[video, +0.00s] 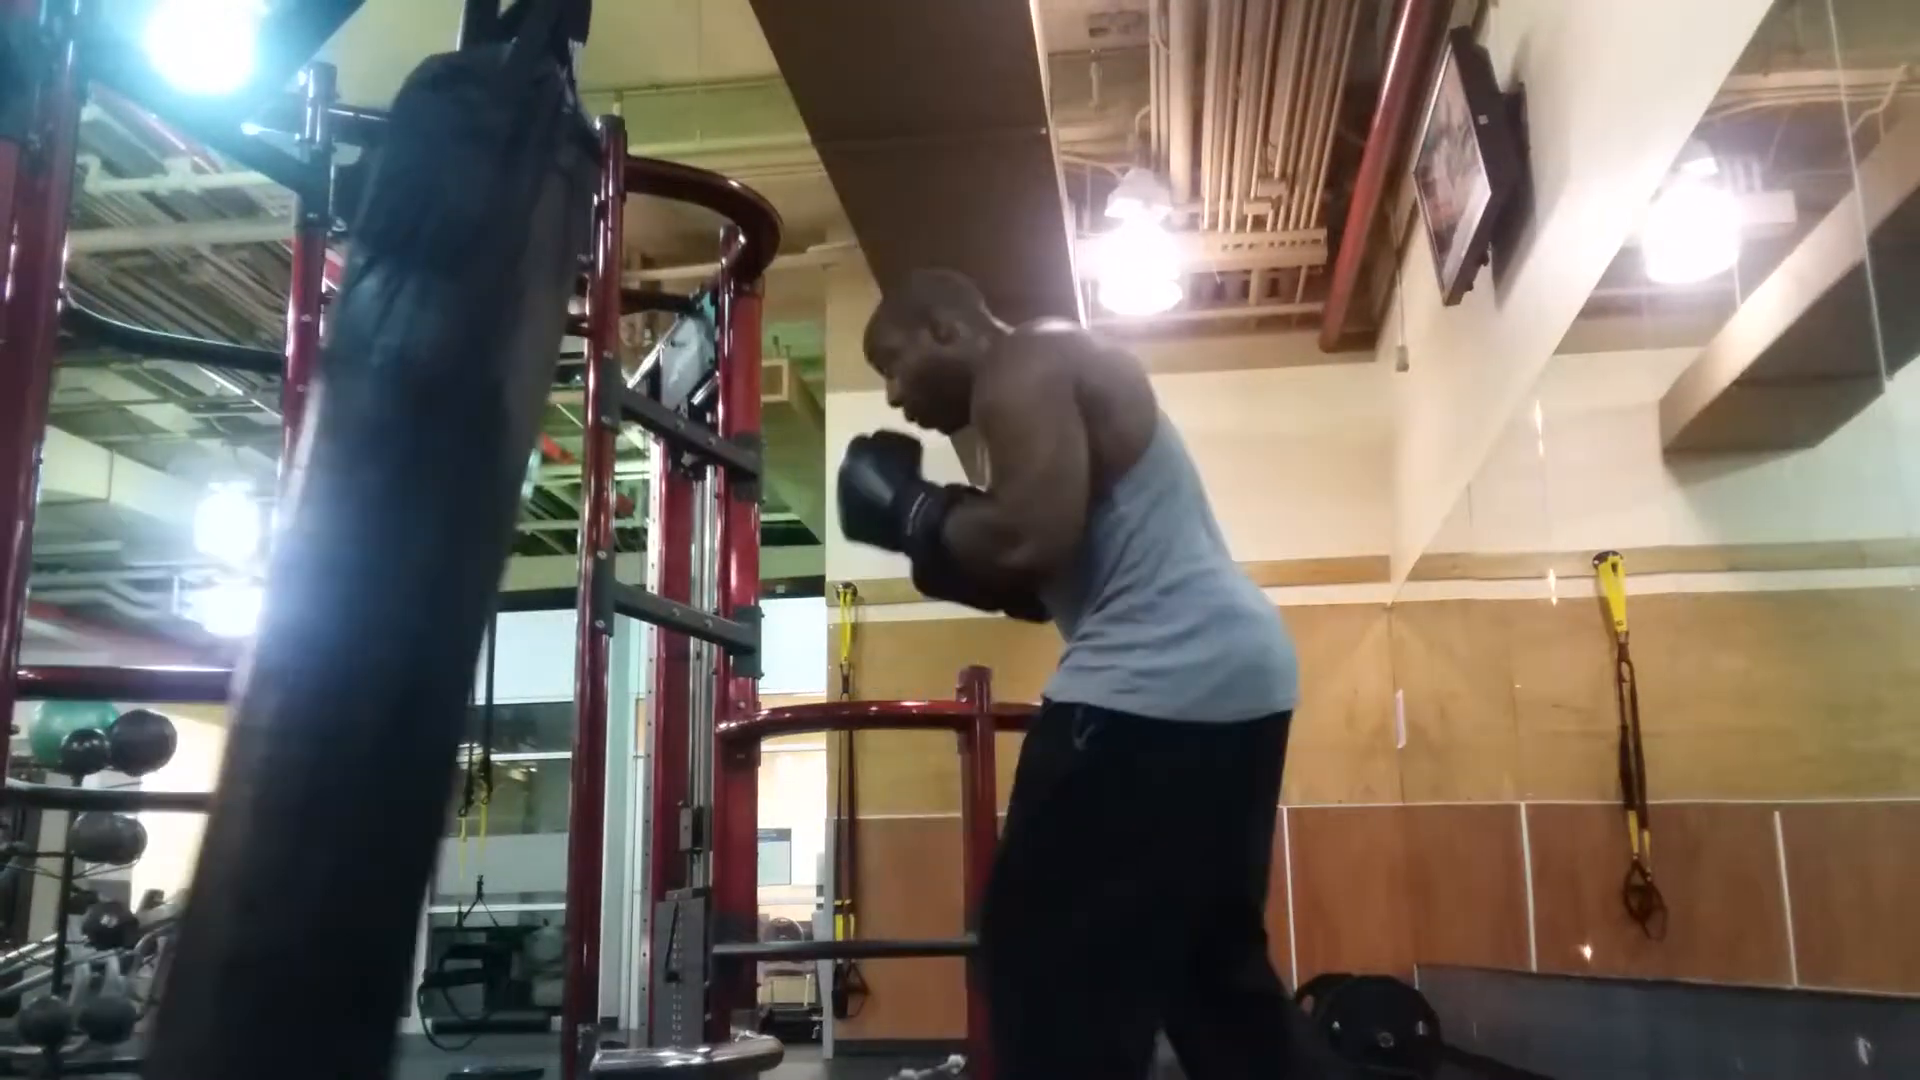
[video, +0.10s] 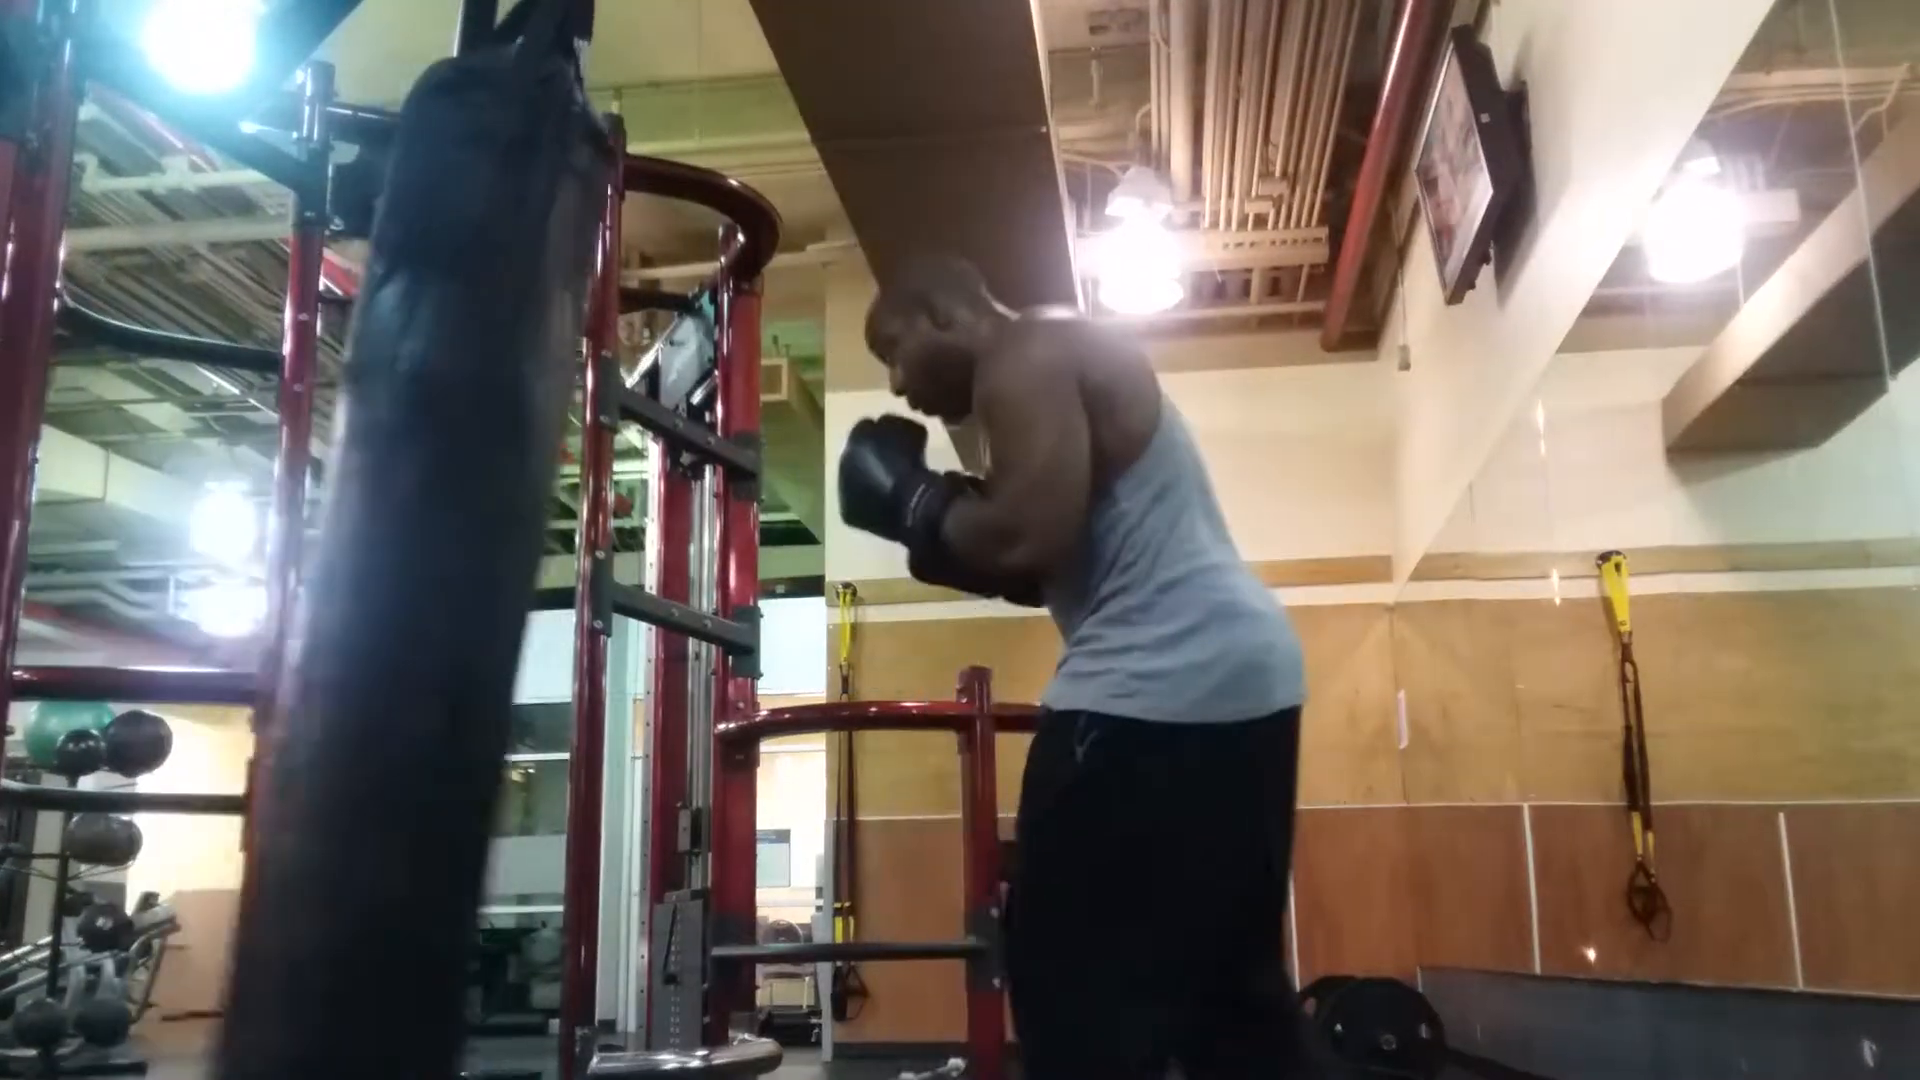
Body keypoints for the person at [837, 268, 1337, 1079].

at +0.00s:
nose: (893, 396)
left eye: (890, 367)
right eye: (884, 378)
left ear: (945, 332)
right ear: (955, 333)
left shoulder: (1023, 364)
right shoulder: (1066, 368)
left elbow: (1033, 543)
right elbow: (1052, 591)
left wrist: (912, 505)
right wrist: (938, 554)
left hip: (1151, 687)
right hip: (1232, 683)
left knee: (1037, 958)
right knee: (1212, 962)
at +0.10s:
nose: (895, 386)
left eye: (890, 355)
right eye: (885, 365)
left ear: (940, 319)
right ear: (958, 317)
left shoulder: (1025, 354)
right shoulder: (1077, 354)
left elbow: (1029, 540)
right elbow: (1049, 576)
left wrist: (914, 494)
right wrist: (929, 537)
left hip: (1155, 690)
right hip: (1238, 684)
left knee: (1069, 988)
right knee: (1229, 998)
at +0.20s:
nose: (896, 381)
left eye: (890, 349)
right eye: (885, 360)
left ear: (937, 308)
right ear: (962, 302)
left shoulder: (1019, 352)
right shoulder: (1083, 346)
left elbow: (1014, 542)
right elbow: (1044, 567)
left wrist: (909, 500)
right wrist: (920, 525)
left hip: (1162, 691)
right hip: (1252, 682)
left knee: (1073, 980)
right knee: (1235, 995)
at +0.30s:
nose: (899, 381)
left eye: (891, 348)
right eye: (887, 359)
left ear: (938, 309)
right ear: (969, 303)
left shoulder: (1013, 355)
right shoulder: (1086, 347)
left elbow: (1013, 547)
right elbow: (1045, 569)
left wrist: (908, 508)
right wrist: (918, 521)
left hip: (1169, 686)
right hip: (1262, 674)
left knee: (1079, 977)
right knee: (1245, 980)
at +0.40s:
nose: (913, 379)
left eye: (906, 346)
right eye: (901, 355)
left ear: (960, 309)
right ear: (992, 303)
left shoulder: (1022, 354)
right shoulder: (1107, 353)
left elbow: (1029, 546)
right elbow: (1070, 572)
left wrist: (923, 511)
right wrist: (940, 522)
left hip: (1175, 692)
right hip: (1276, 679)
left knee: (1078, 971)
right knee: (1261, 958)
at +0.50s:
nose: (934, 378)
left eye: (933, 347)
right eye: (922, 355)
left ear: (980, 317)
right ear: (1026, 305)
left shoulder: (1043, 366)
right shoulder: (1152, 372)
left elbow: (1045, 543)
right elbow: (1102, 585)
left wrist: (944, 514)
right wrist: (960, 546)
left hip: (1185, 703)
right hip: (1306, 689)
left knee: (1077, 980)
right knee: (1306, 947)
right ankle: (1408, 1070)